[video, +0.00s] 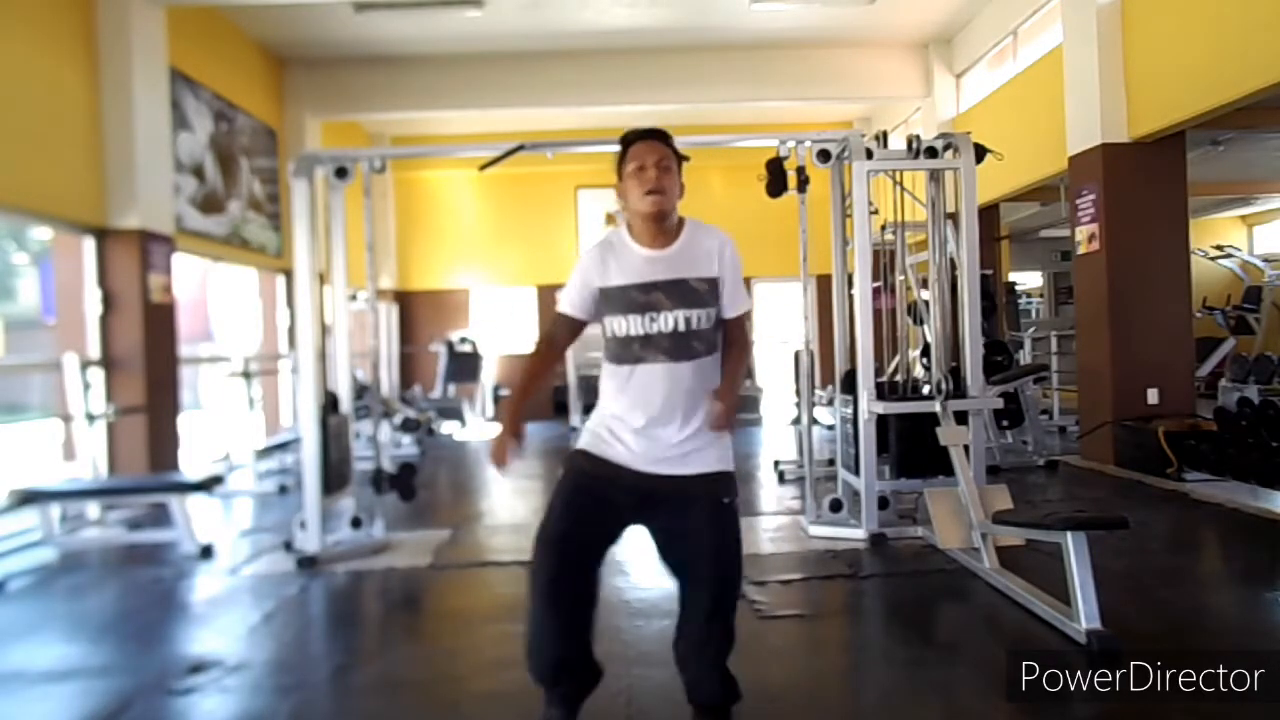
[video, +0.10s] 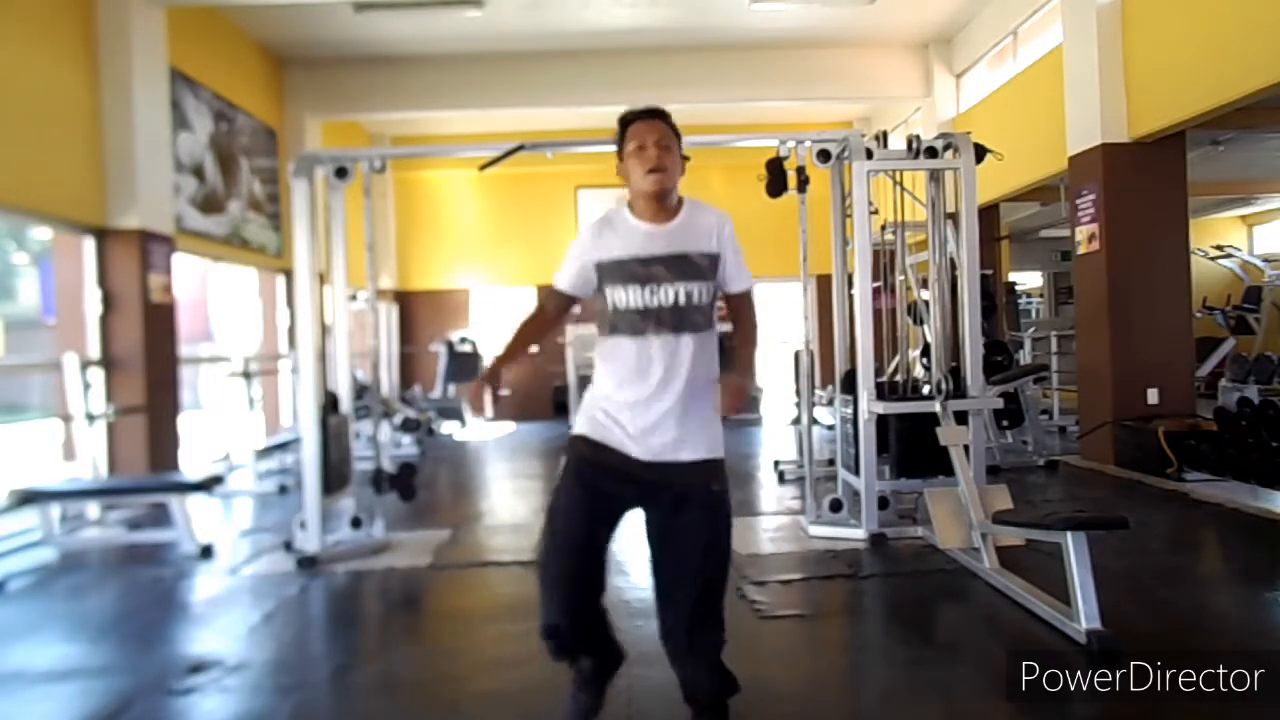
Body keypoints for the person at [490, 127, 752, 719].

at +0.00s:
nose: (654, 177)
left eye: (664, 166)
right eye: (640, 169)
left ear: (682, 179)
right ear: (620, 186)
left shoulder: (716, 249)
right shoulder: (600, 259)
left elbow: (737, 334)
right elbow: (556, 340)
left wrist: (729, 390)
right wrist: (514, 414)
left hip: (696, 452)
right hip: (611, 447)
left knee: (715, 584)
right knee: (558, 555)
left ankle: (710, 698)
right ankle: (564, 686)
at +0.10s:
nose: (653, 156)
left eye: (663, 146)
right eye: (639, 149)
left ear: (682, 160)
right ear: (621, 167)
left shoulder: (714, 229)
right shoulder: (599, 236)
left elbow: (742, 311)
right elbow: (554, 309)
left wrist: (738, 371)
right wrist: (502, 360)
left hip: (690, 440)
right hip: (606, 433)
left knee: (692, 608)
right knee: (561, 584)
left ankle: (710, 704)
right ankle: (593, 659)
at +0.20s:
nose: (651, 150)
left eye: (661, 139)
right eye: (637, 142)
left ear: (679, 152)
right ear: (618, 157)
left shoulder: (705, 221)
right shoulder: (587, 222)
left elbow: (756, 284)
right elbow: (533, 281)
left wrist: (799, 339)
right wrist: (526, 284)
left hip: (684, 431)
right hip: (603, 431)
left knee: (685, 572)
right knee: (604, 572)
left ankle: (686, 699)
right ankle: (614, 696)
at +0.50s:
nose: (694, 180)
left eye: (693, 170)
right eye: (684, 170)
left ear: (663, 172)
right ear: (646, 172)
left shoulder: (707, 233)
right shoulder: (589, 230)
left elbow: (780, 242)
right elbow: (509, 246)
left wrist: (831, 220)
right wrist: (500, 214)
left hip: (683, 444)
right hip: (602, 432)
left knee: (677, 603)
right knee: (557, 539)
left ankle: (677, 703)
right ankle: (603, 611)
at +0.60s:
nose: (692, 176)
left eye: (692, 165)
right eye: (683, 165)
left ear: (668, 168)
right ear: (645, 167)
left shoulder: (698, 230)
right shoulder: (589, 223)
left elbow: (765, 267)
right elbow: (511, 233)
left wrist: (760, 209)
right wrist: (444, 205)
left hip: (680, 440)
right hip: (605, 439)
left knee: (678, 586)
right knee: (593, 586)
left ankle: (668, 701)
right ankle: (612, 698)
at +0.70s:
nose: (683, 178)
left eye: (685, 168)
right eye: (671, 168)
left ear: (681, 176)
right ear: (632, 175)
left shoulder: (691, 248)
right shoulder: (589, 227)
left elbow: (756, 277)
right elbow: (504, 224)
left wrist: (728, 218)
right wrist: (420, 208)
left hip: (681, 440)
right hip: (616, 441)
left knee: (685, 584)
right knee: (619, 583)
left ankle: (669, 697)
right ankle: (606, 696)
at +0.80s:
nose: (656, 174)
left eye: (665, 166)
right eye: (643, 165)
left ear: (675, 178)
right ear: (617, 175)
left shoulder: (691, 242)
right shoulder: (583, 228)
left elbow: (767, 252)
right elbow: (510, 219)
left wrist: (770, 207)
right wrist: (449, 187)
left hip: (683, 440)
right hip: (608, 442)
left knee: (708, 567)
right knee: (619, 585)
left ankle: (675, 679)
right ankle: (601, 693)